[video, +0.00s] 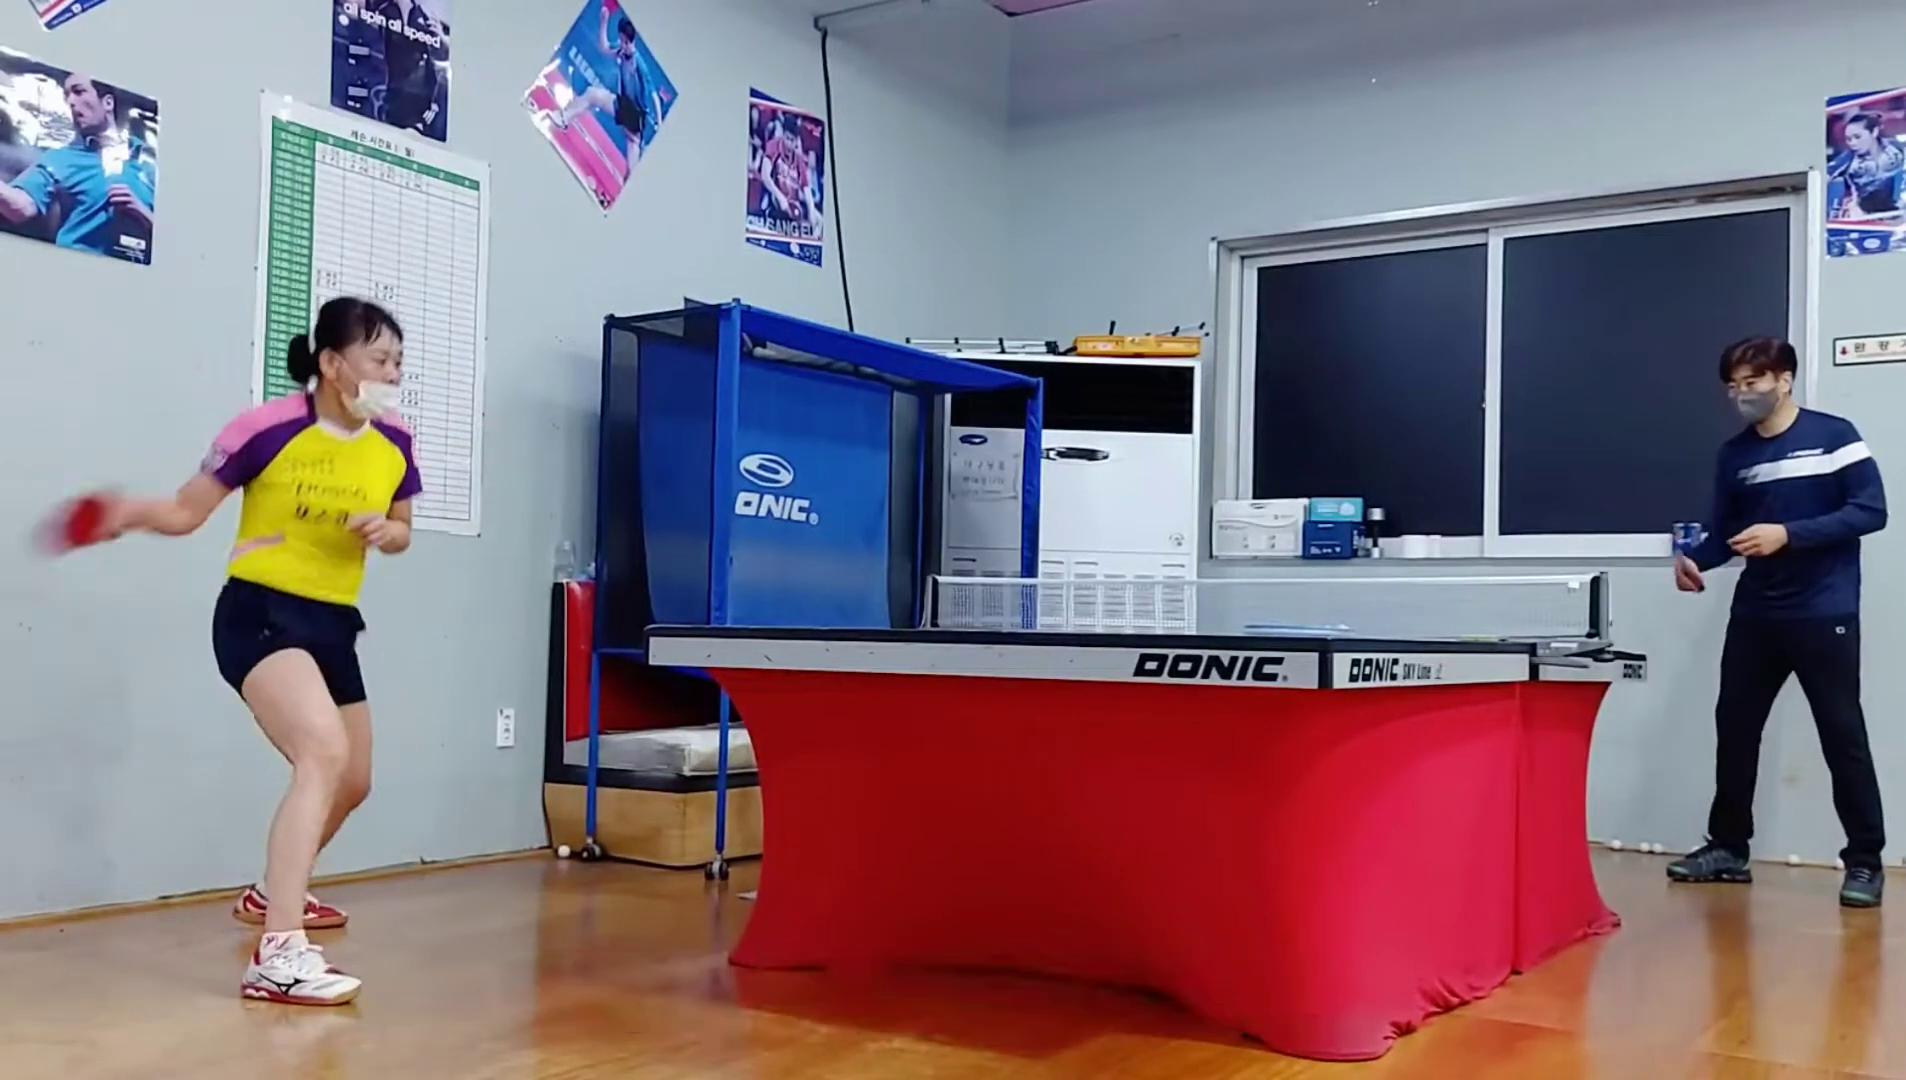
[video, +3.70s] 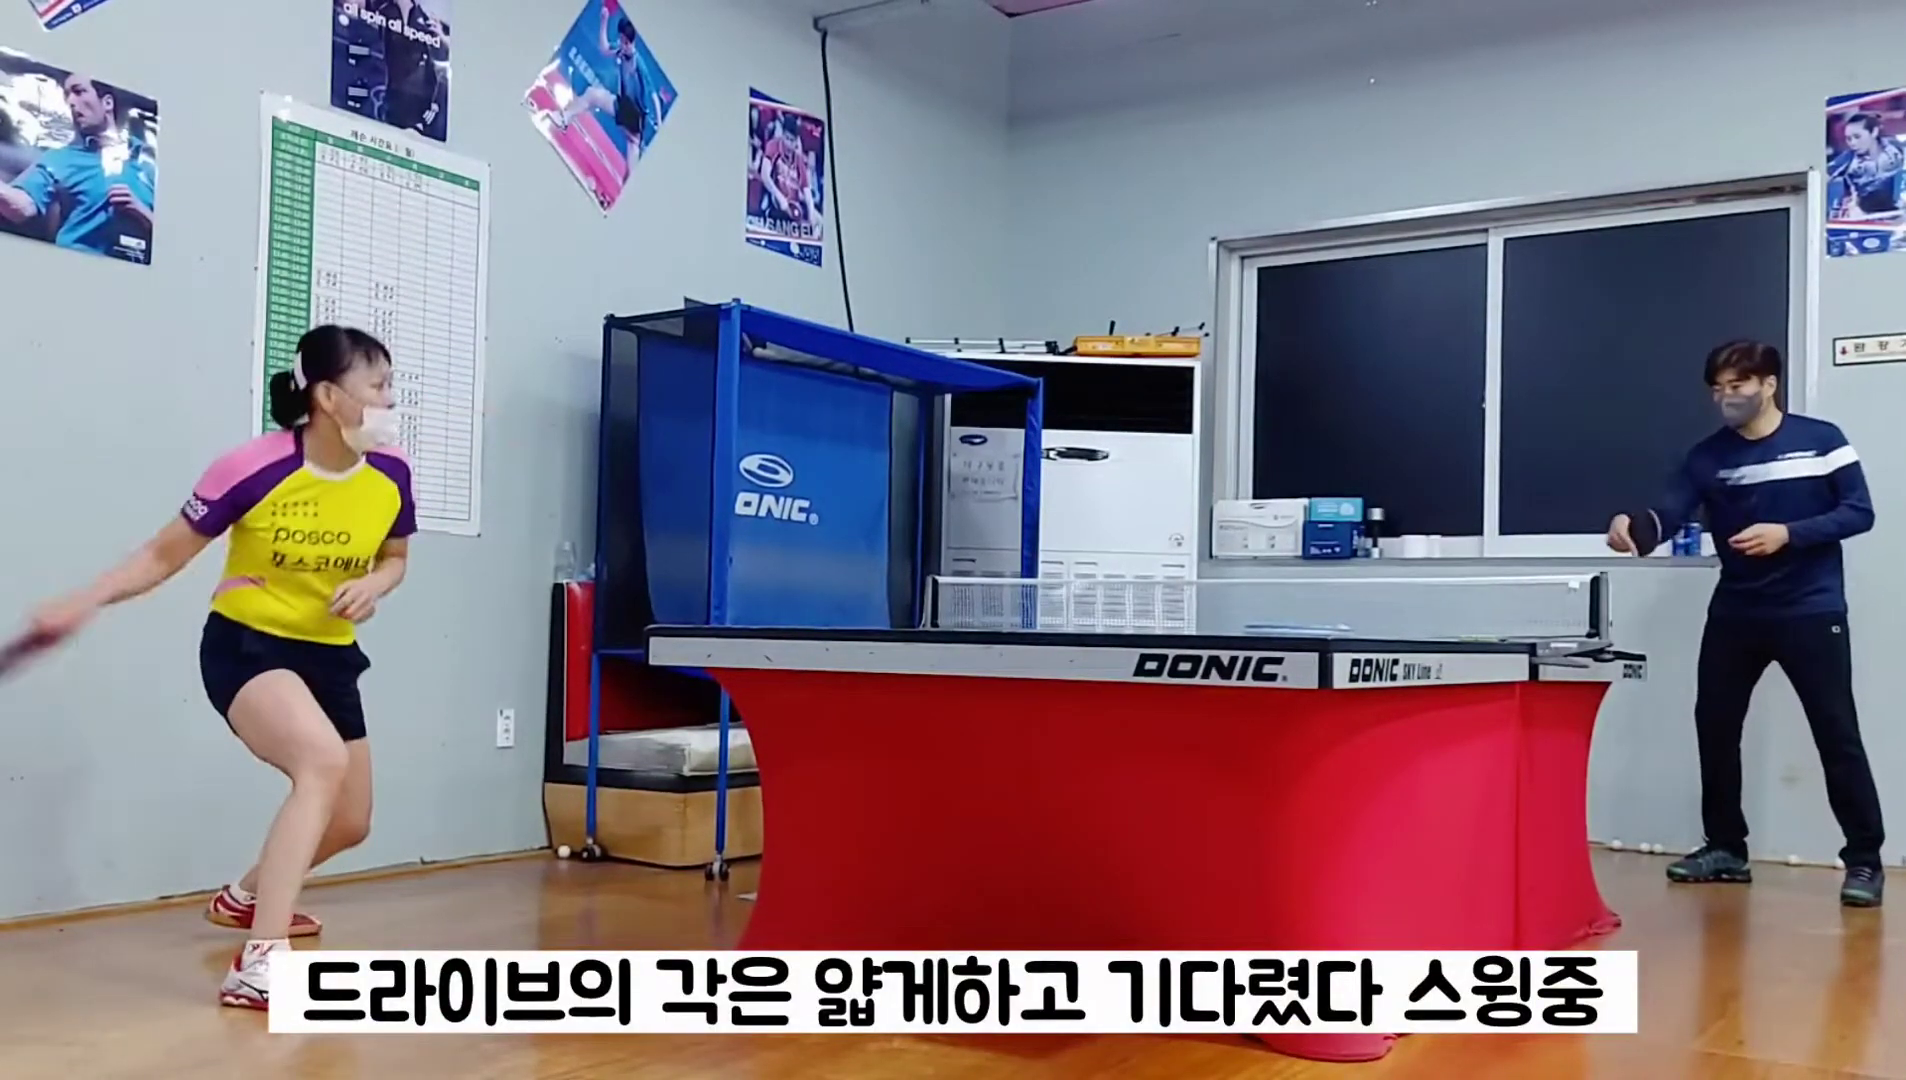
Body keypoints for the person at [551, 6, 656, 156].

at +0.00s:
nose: (621, 41)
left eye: (623, 38)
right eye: (621, 37)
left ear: (626, 39)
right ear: (621, 38)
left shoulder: (631, 56)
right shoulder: (622, 53)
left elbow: (630, 54)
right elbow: (604, 50)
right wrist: (604, 22)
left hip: (628, 108)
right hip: (637, 114)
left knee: (592, 94)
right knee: (633, 143)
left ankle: (563, 118)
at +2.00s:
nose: (622, 41)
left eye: (624, 39)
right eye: (621, 38)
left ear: (627, 39)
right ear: (621, 38)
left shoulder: (630, 55)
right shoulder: (621, 53)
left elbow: (631, 54)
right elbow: (604, 49)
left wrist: (628, 49)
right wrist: (604, 22)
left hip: (628, 107)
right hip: (637, 114)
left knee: (592, 94)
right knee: (633, 143)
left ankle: (563, 117)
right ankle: (630, 176)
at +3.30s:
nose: (622, 43)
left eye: (624, 40)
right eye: (622, 40)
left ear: (628, 41)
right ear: (622, 40)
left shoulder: (632, 56)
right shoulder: (621, 54)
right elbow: (604, 49)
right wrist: (604, 22)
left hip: (628, 109)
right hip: (636, 115)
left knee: (593, 94)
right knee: (632, 164)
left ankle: (563, 118)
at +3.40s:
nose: (621, 42)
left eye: (623, 39)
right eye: (621, 38)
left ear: (627, 39)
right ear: (623, 38)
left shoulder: (629, 53)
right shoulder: (623, 52)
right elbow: (604, 49)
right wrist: (604, 22)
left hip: (628, 109)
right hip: (637, 116)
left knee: (593, 94)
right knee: (633, 163)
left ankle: (564, 118)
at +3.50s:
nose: (622, 43)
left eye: (624, 40)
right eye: (621, 39)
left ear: (628, 41)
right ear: (622, 39)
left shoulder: (631, 55)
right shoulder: (623, 52)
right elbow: (604, 50)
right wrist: (604, 22)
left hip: (628, 109)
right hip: (637, 115)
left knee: (593, 94)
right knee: (632, 163)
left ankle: (563, 118)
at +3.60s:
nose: (621, 42)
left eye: (623, 39)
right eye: (621, 39)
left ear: (627, 40)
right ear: (625, 39)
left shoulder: (631, 55)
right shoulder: (623, 52)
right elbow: (604, 50)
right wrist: (604, 22)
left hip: (628, 108)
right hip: (636, 115)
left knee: (593, 94)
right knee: (633, 159)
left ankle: (563, 117)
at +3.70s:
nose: (621, 43)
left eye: (623, 40)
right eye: (621, 39)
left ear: (628, 40)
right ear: (624, 39)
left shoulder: (631, 55)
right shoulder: (624, 52)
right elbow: (605, 50)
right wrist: (604, 22)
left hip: (628, 108)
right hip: (637, 115)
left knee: (593, 94)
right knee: (632, 164)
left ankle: (563, 117)